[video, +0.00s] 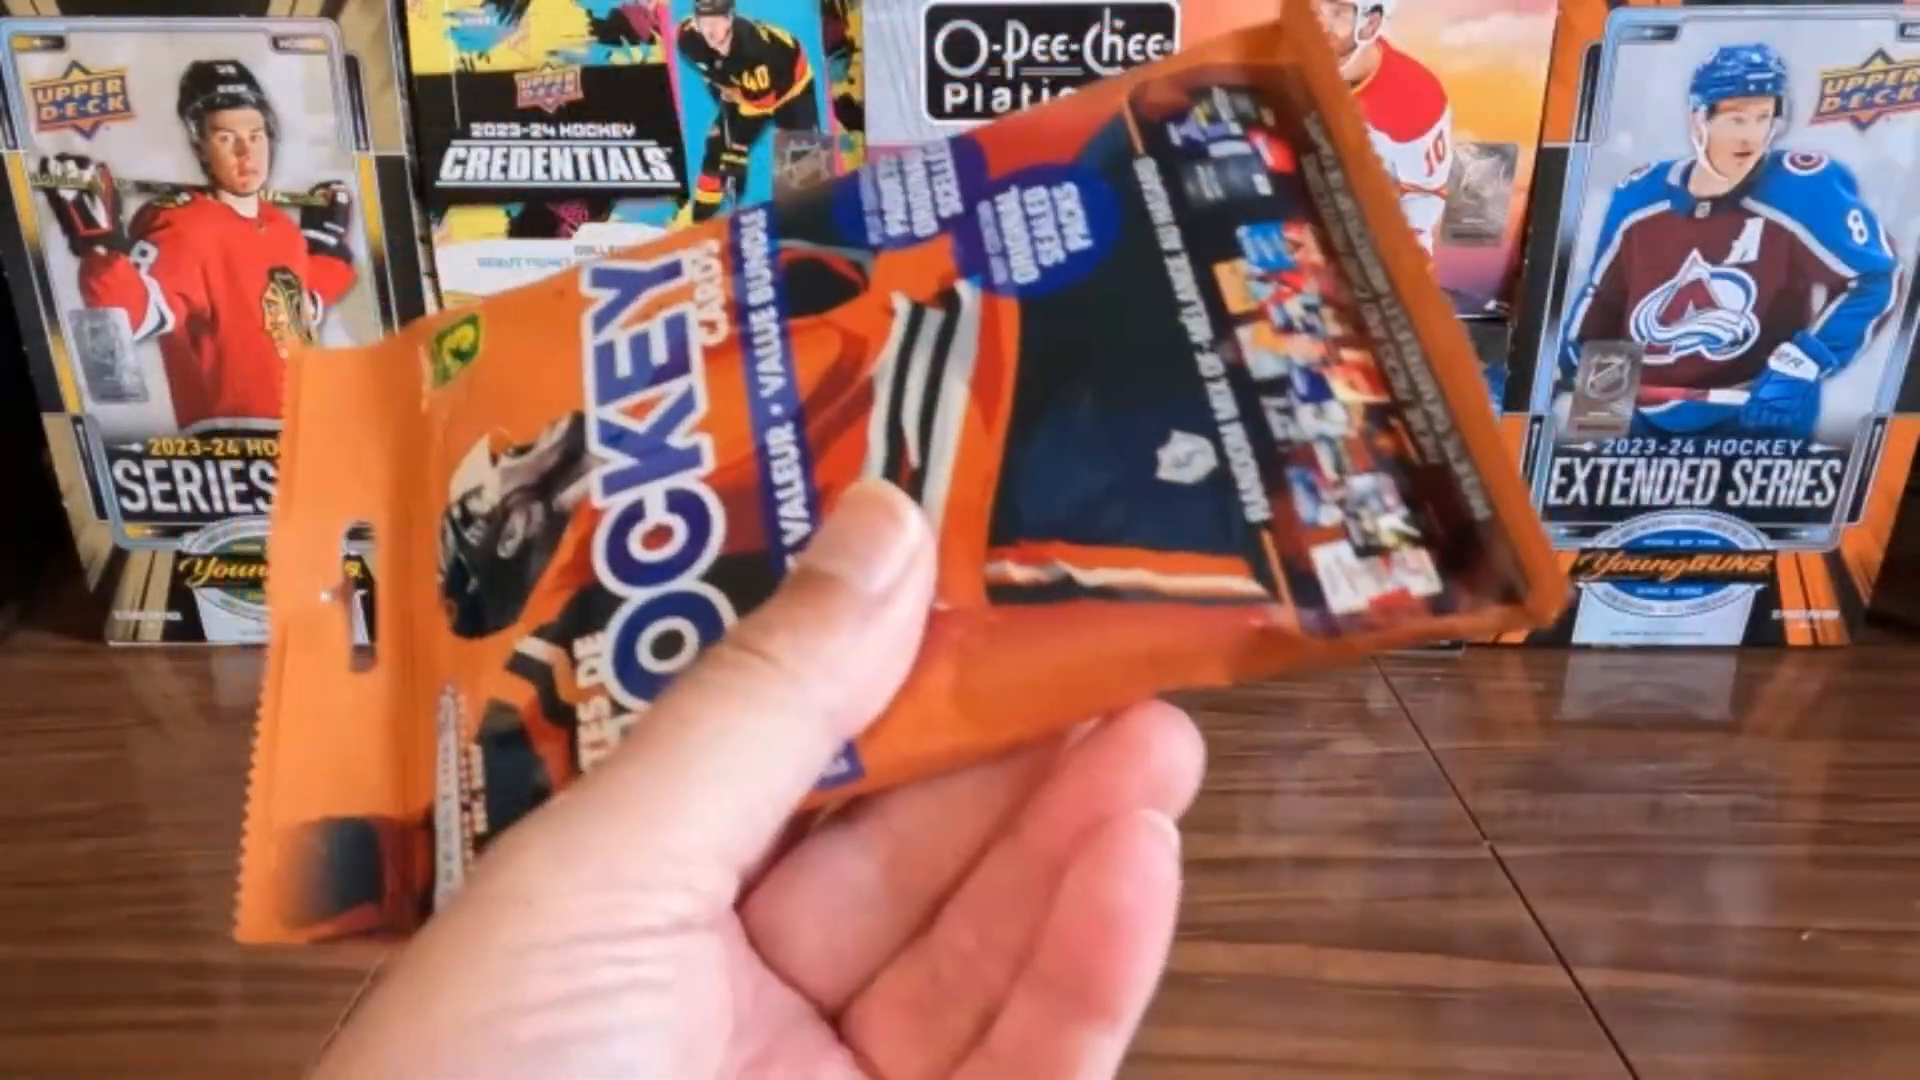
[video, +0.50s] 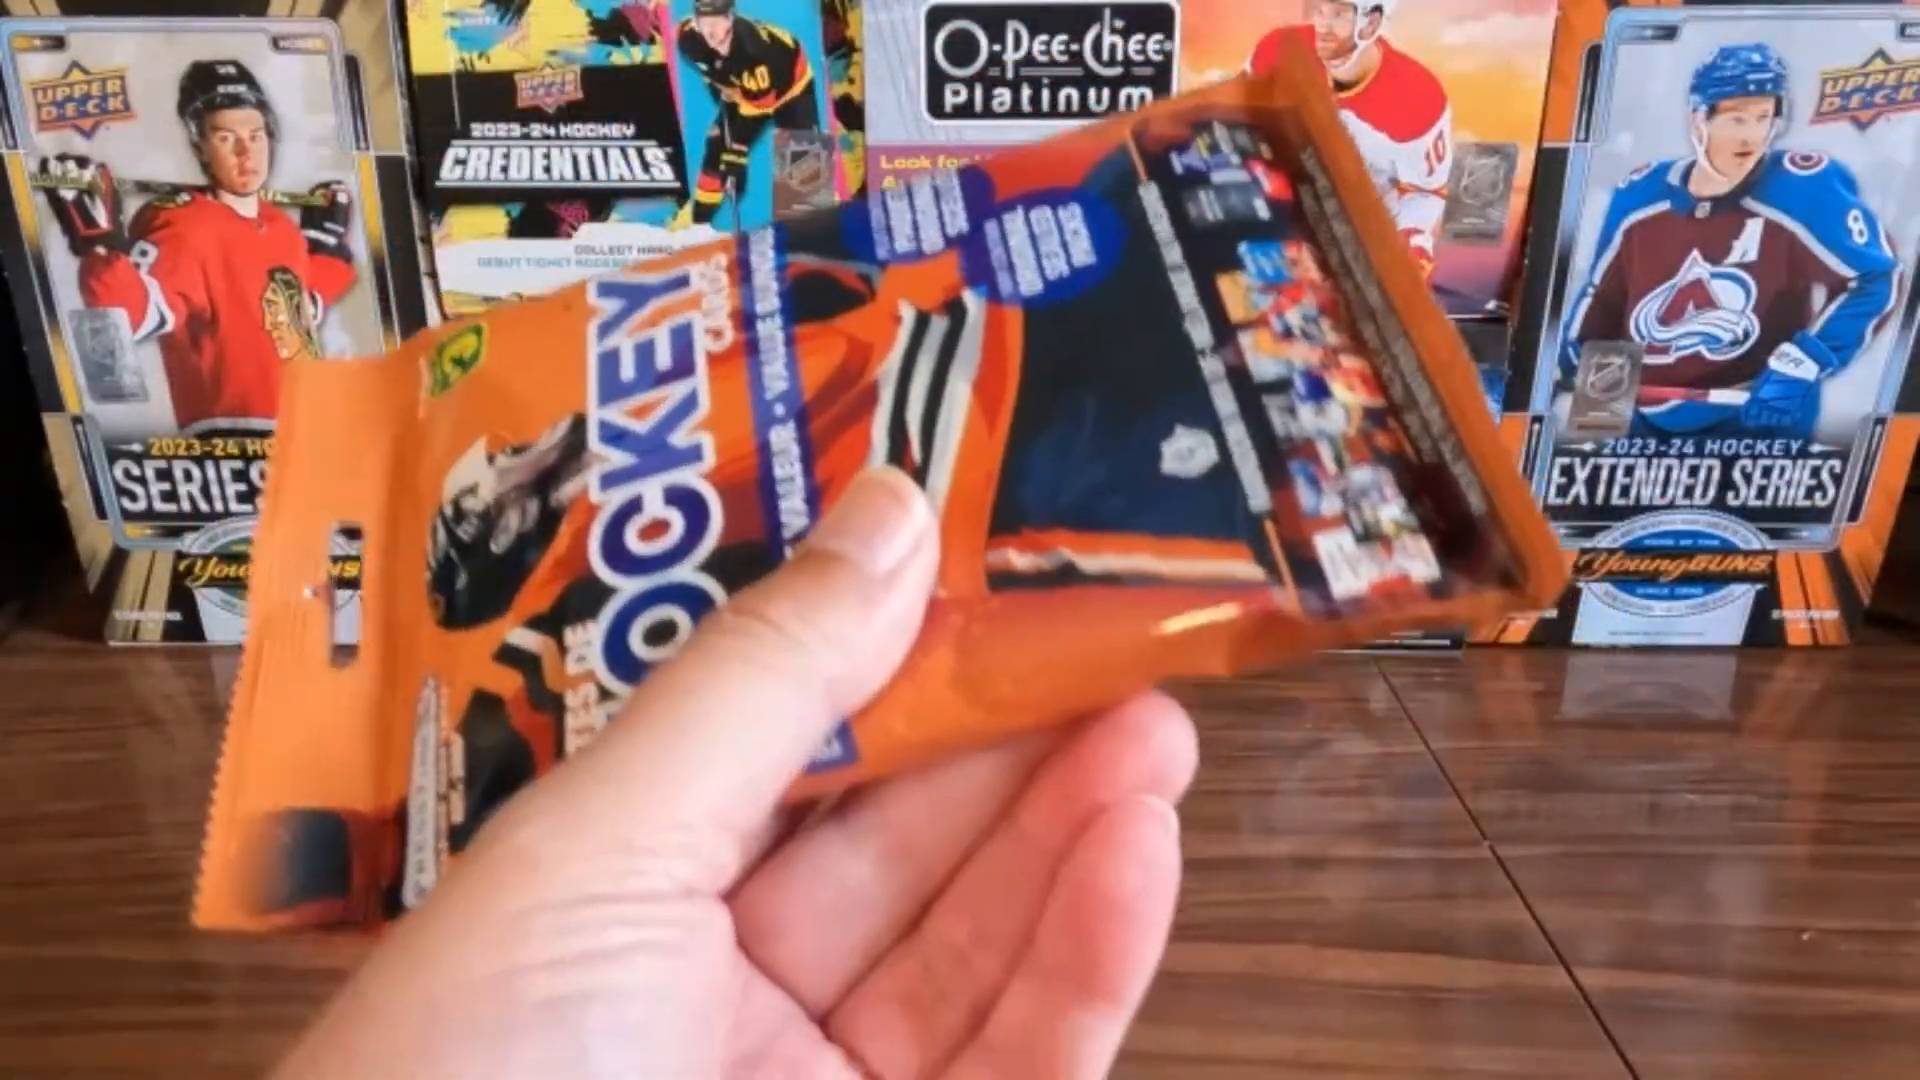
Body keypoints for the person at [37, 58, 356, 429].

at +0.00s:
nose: (246, 150)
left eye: (256, 134)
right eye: (227, 138)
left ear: (270, 139)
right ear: (201, 148)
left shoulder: (281, 227)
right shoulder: (183, 226)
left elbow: (302, 310)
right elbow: (138, 316)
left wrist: (333, 251)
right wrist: (99, 246)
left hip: (305, 425)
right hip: (229, 434)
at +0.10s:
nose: (246, 150)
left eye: (256, 134)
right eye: (226, 138)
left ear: (270, 139)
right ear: (201, 147)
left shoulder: (281, 226)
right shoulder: (183, 226)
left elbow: (303, 309)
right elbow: (139, 316)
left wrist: (333, 251)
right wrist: (99, 246)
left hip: (309, 426)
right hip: (231, 435)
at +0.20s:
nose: (246, 150)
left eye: (256, 134)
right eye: (226, 138)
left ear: (270, 139)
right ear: (201, 148)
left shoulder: (281, 226)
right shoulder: (182, 226)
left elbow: (301, 308)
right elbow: (139, 315)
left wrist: (334, 251)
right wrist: (99, 246)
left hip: (310, 428)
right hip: (232, 437)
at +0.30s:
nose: (246, 150)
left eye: (256, 134)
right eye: (226, 138)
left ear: (270, 139)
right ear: (200, 148)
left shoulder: (281, 226)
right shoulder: (183, 226)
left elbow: (303, 308)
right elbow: (139, 315)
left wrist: (333, 249)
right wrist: (99, 245)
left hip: (310, 428)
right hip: (231, 437)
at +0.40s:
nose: (246, 150)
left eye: (256, 134)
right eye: (227, 138)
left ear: (270, 139)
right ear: (200, 147)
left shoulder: (280, 225)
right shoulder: (183, 226)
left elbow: (301, 307)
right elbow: (139, 315)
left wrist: (334, 250)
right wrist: (99, 246)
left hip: (311, 426)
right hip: (234, 436)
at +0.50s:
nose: (246, 150)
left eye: (256, 134)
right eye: (227, 138)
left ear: (270, 139)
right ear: (200, 147)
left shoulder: (280, 225)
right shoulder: (183, 226)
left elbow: (301, 308)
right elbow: (139, 315)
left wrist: (333, 250)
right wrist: (99, 246)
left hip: (308, 424)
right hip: (232, 435)